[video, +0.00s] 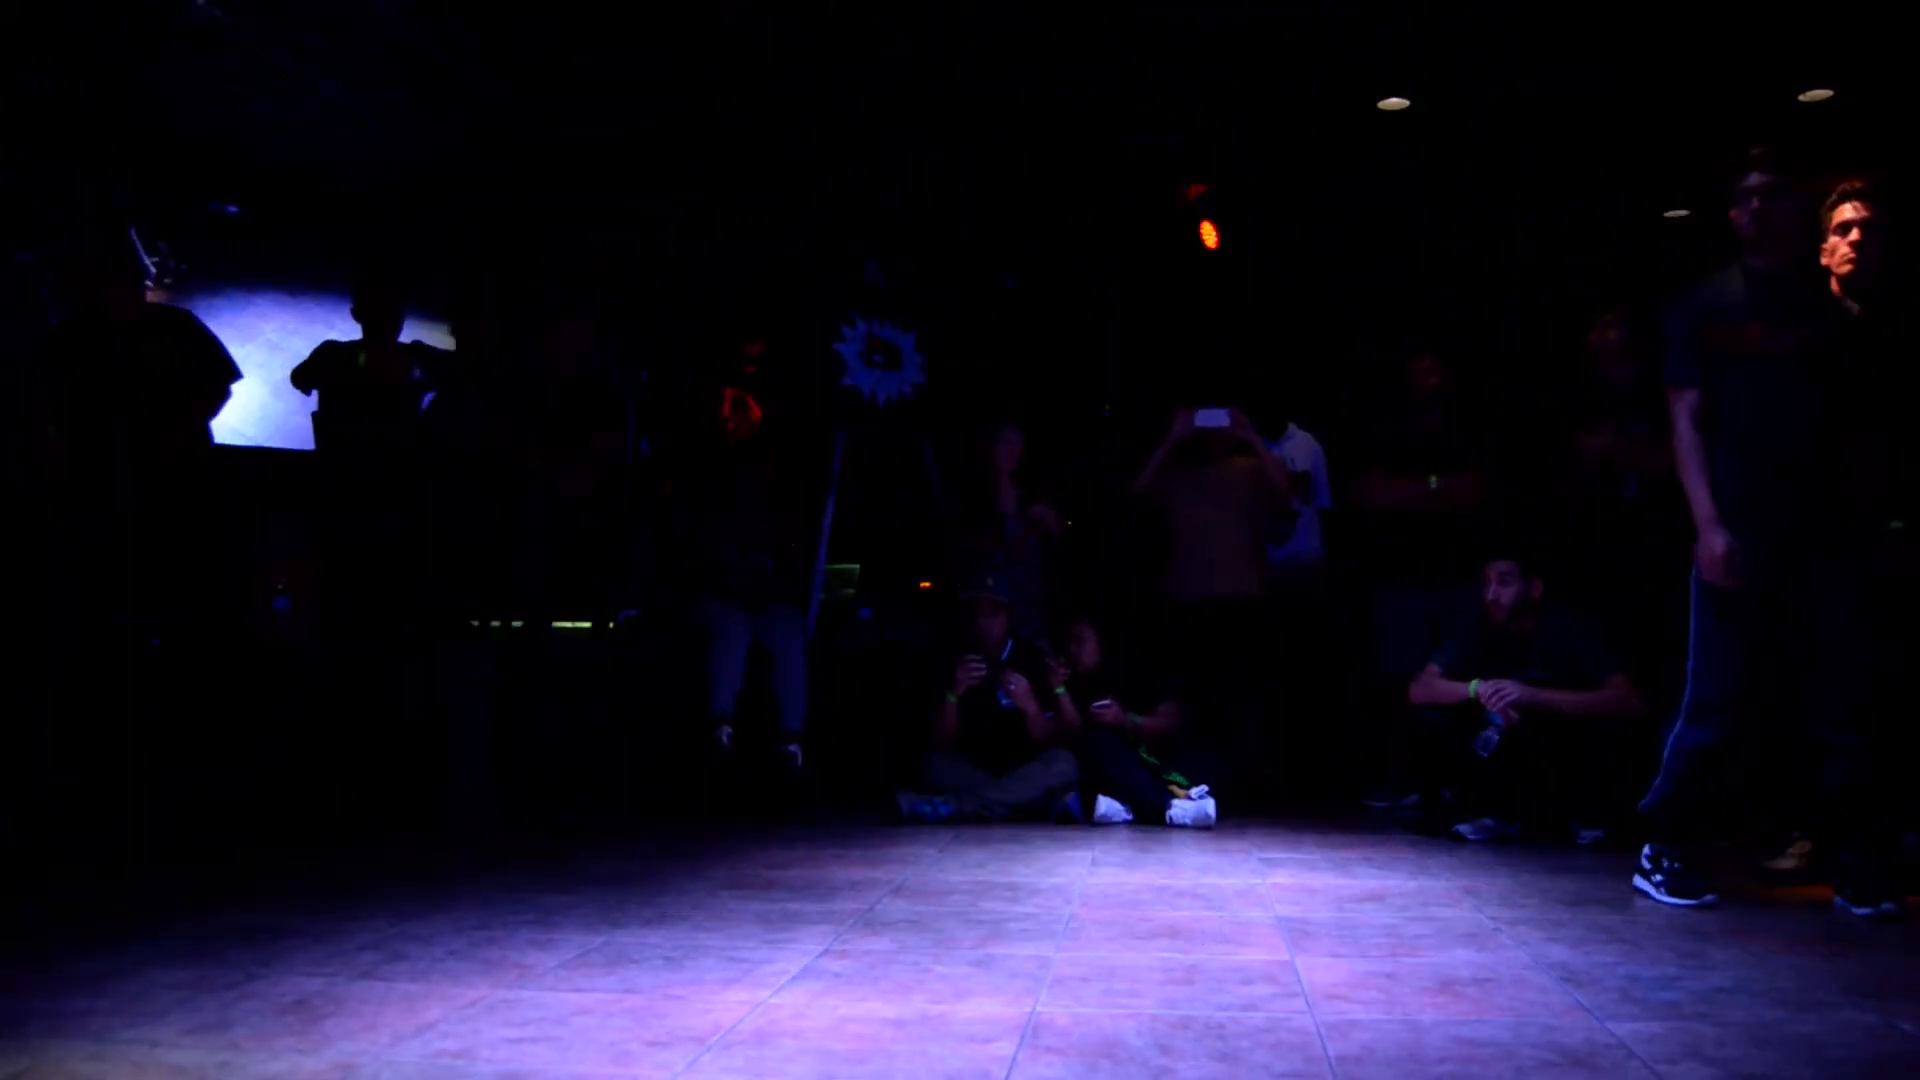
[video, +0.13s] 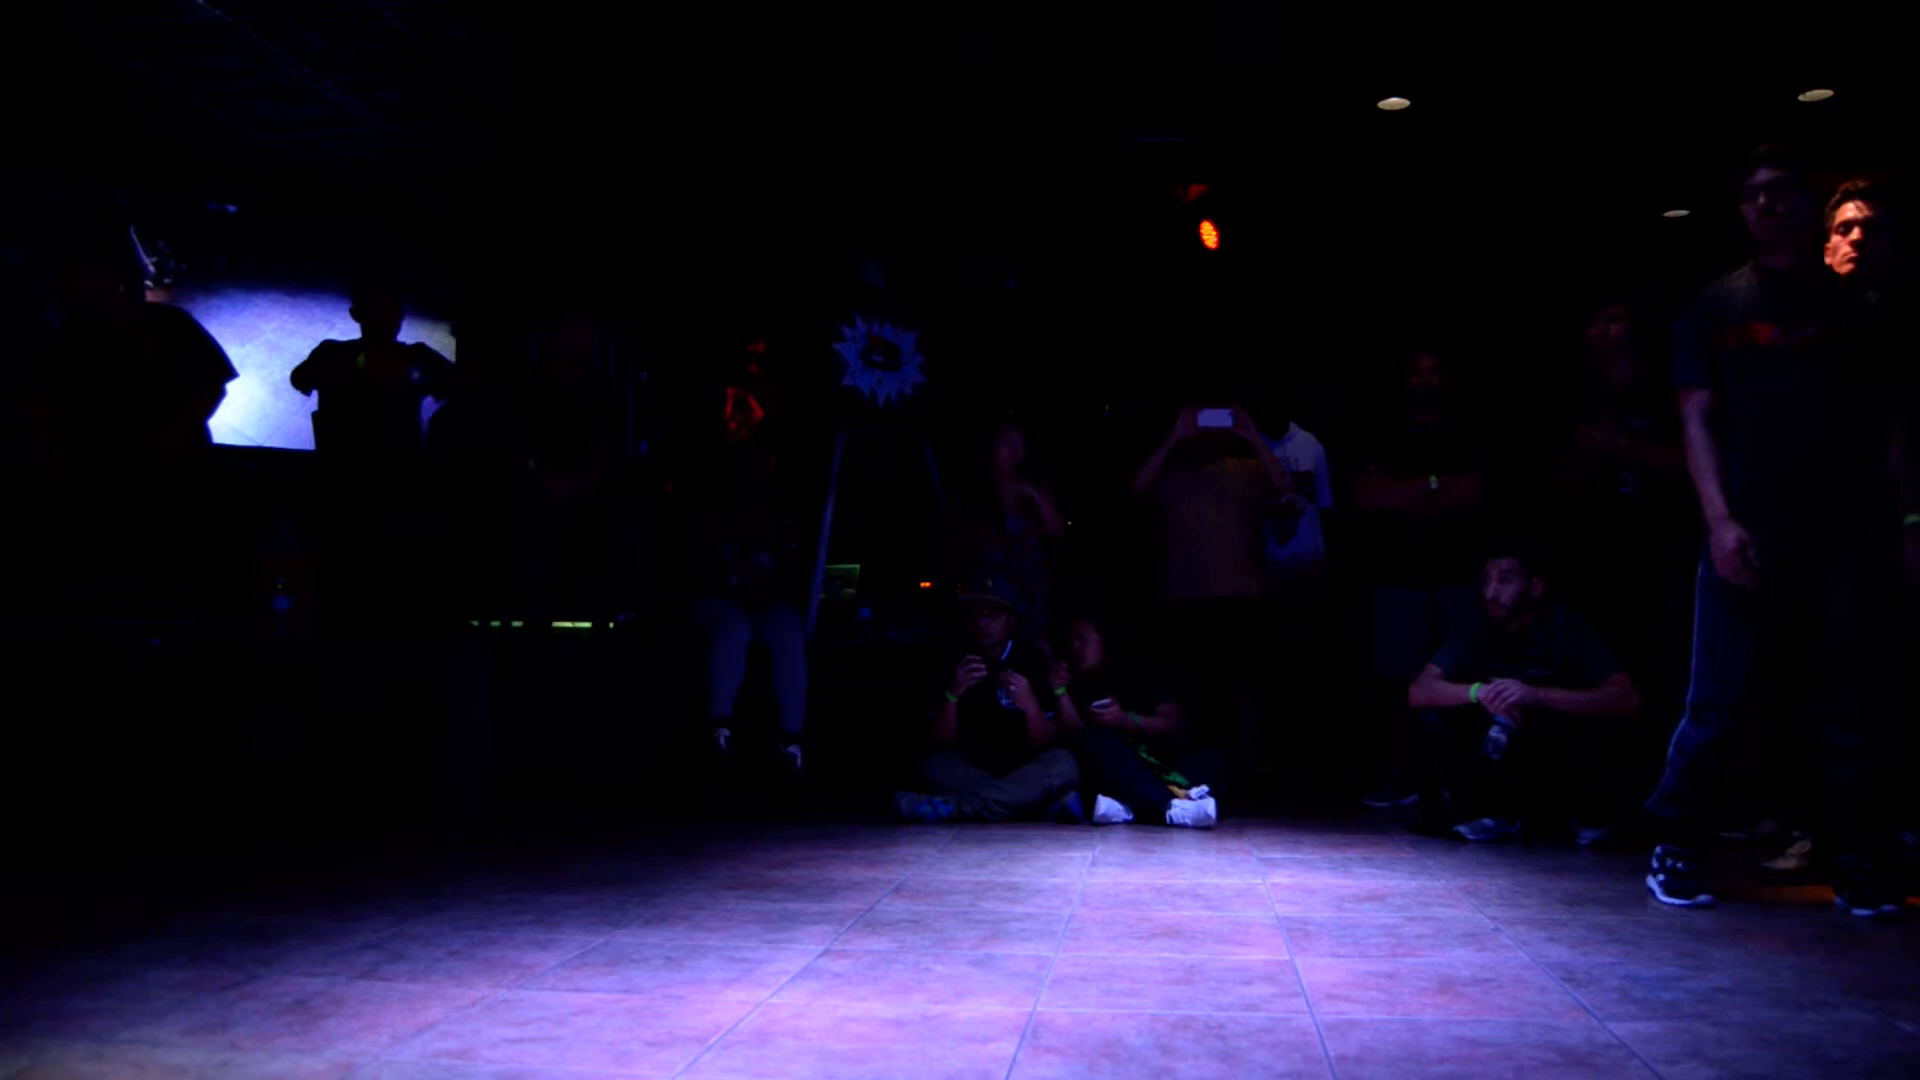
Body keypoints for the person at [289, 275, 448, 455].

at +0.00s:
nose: (385, 322)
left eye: (392, 314)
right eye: (377, 313)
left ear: (401, 316)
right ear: (357, 314)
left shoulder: (416, 356)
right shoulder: (333, 354)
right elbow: (299, 379)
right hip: (343, 451)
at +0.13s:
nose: (384, 321)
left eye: (391, 312)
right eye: (376, 312)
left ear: (400, 315)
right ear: (356, 314)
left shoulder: (417, 358)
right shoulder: (332, 354)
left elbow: (460, 388)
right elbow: (298, 379)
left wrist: (436, 427)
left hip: (402, 454)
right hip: (342, 455)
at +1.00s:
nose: (382, 319)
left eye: (390, 309)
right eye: (373, 308)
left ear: (400, 313)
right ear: (355, 311)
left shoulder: (411, 354)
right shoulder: (329, 355)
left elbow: (459, 354)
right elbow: (300, 389)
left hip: (399, 458)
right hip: (341, 458)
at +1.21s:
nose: (380, 320)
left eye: (387, 311)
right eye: (371, 310)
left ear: (397, 314)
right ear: (351, 314)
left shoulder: (408, 356)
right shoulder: (327, 357)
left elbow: (458, 361)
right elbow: (299, 390)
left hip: (396, 460)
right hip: (339, 461)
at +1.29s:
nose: (385, 323)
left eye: (391, 313)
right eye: (376, 312)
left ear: (401, 317)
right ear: (355, 317)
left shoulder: (413, 360)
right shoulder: (331, 360)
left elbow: (460, 370)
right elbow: (303, 393)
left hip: (400, 464)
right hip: (342, 465)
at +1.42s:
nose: (388, 327)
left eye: (395, 318)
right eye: (380, 317)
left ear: (405, 321)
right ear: (361, 321)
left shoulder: (417, 362)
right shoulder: (335, 360)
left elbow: (461, 371)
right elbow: (305, 389)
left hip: (405, 463)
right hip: (346, 463)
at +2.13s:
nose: (449, 324)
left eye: (456, 314)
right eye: (441, 313)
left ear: (466, 317)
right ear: (422, 315)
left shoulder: (476, 358)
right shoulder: (397, 355)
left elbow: (519, 351)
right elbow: (369, 386)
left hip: (463, 458)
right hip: (407, 459)